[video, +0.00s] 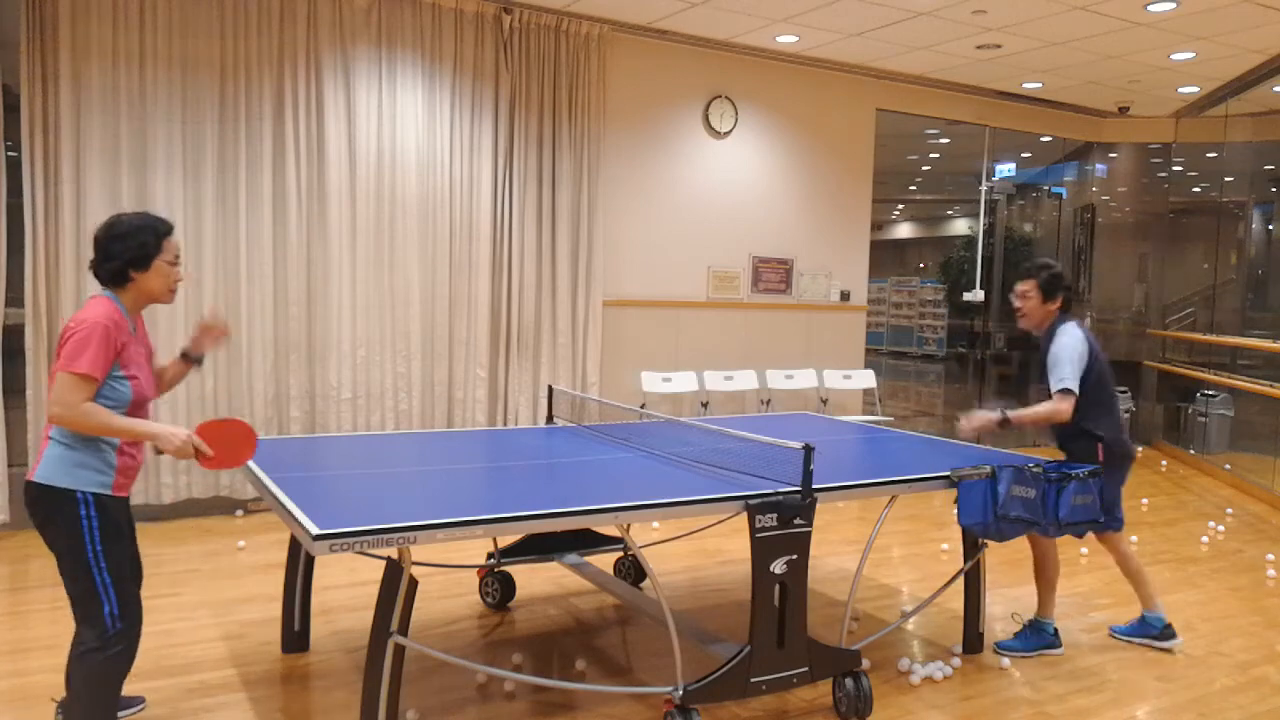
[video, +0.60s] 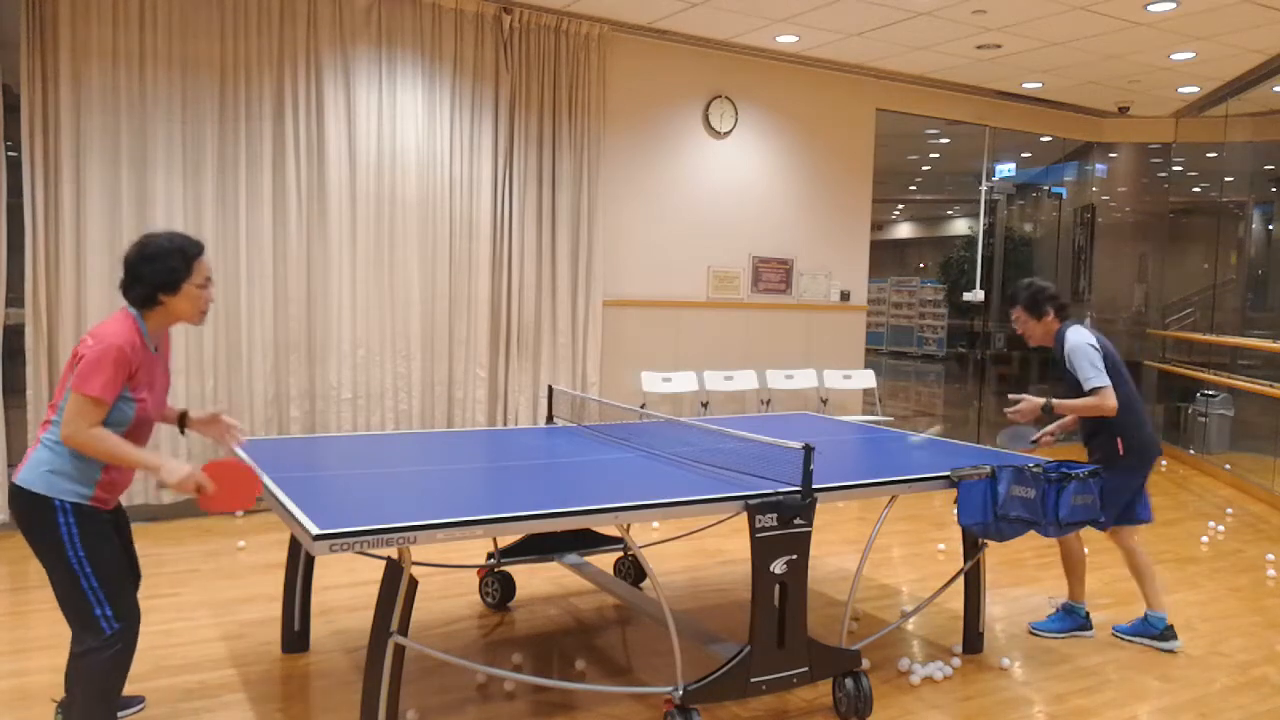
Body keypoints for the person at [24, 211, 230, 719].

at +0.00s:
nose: (179, 273)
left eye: (178, 261)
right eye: (172, 262)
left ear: (142, 267)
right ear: (136, 267)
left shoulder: (130, 319)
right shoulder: (101, 320)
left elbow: (144, 390)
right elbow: (65, 406)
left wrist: (192, 352)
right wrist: (155, 432)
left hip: (101, 488)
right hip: (74, 489)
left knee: (121, 602)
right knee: (112, 618)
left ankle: (93, 698)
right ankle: (85, 711)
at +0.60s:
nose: (211, 296)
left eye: (209, 284)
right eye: (202, 285)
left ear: (168, 292)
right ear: (165, 291)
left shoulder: (156, 337)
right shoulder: (115, 342)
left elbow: (133, 406)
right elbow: (76, 431)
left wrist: (189, 420)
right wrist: (161, 466)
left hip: (94, 492)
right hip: (57, 495)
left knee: (123, 592)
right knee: (111, 624)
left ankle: (91, 698)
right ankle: (85, 712)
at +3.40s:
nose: (205, 287)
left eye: (203, 277)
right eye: (197, 278)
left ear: (161, 286)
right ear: (161, 284)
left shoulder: (132, 331)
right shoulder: (126, 331)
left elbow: (149, 416)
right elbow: (153, 419)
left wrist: (209, 392)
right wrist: (230, 388)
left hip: (67, 510)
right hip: (80, 515)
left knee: (104, 629)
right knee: (149, 648)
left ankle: (65, 714)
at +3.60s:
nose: (226, 331)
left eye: (225, 320)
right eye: (217, 322)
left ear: (185, 328)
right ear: (181, 327)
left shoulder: (185, 374)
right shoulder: (112, 377)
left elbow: (199, 443)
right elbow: (39, 454)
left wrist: (216, 430)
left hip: (107, 519)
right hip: (49, 527)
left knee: (157, 603)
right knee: (142, 650)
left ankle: (115, 703)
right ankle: (101, 714)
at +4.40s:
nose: (201, 299)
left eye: (199, 289)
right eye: (193, 290)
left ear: (158, 298)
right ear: (156, 296)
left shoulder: (151, 347)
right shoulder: (107, 346)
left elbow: (154, 418)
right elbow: (69, 441)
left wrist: (194, 404)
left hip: (101, 517)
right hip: (58, 522)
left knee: (143, 592)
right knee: (138, 651)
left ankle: (74, 704)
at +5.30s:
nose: (199, 294)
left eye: (198, 283)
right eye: (189, 286)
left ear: (157, 295)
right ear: (151, 295)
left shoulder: (164, 337)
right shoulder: (101, 348)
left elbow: (144, 403)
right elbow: (62, 433)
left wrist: (181, 402)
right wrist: (140, 476)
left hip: (115, 496)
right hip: (63, 499)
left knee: (152, 581)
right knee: (113, 625)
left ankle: (122, 679)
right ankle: (85, 711)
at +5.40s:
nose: (206, 314)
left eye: (204, 303)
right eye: (196, 306)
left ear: (167, 316)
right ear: (156, 314)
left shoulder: (176, 353)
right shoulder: (100, 363)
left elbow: (184, 402)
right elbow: (49, 445)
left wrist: (196, 420)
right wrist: (109, 508)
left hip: (111, 498)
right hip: (53, 503)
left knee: (154, 576)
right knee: (108, 626)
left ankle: (122, 680)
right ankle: (84, 712)